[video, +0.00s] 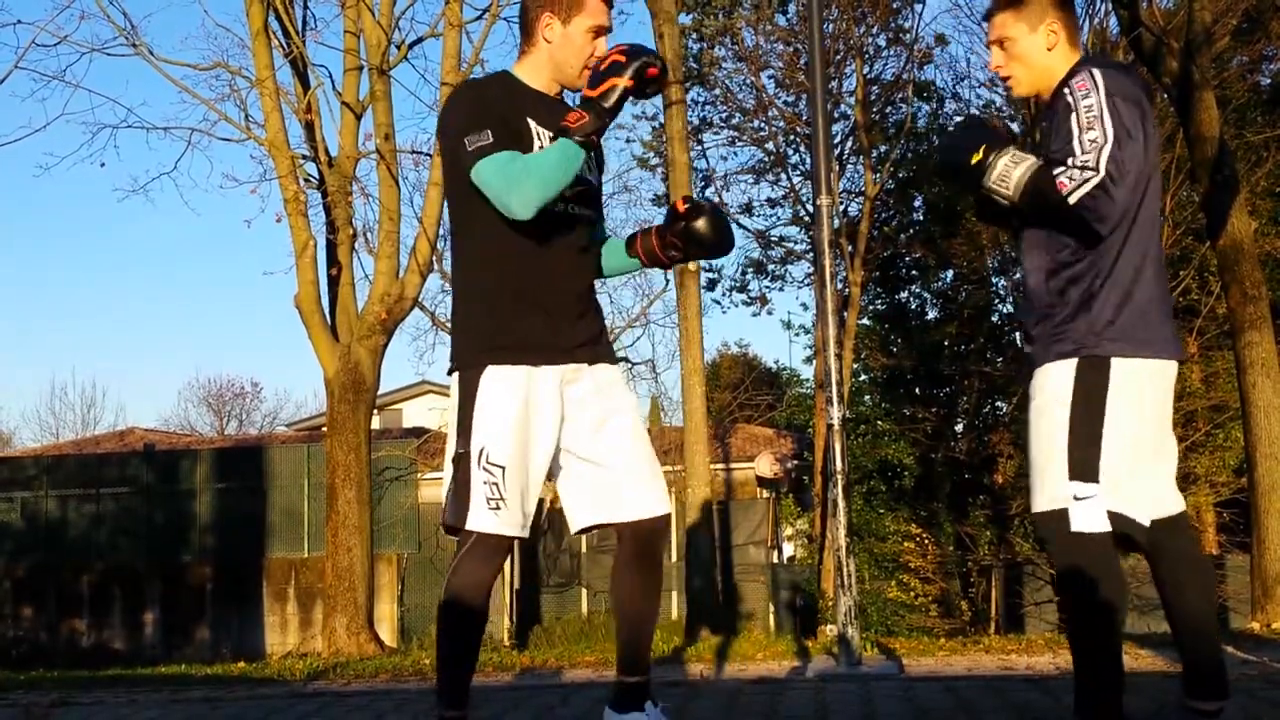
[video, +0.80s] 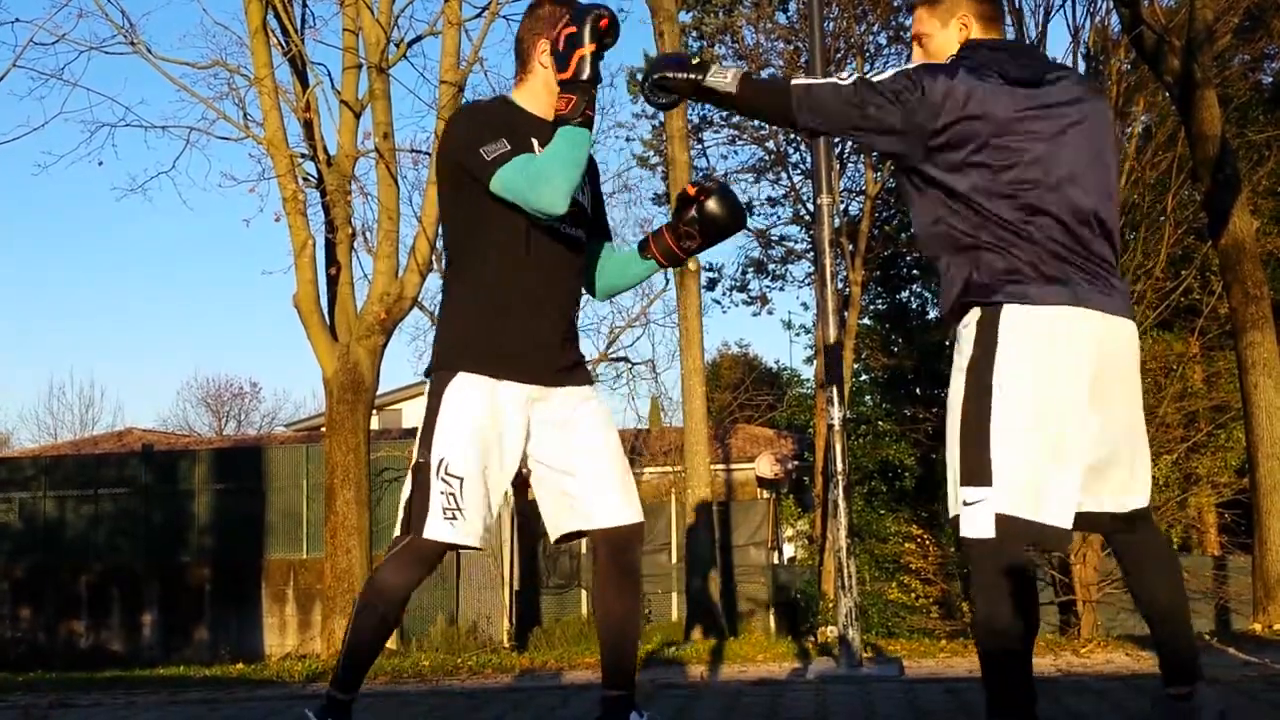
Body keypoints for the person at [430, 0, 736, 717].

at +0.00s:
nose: (604, 44)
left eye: (606, 31)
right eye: (595, 28)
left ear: (561, 30)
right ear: (548, 26)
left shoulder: (578, 123)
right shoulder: (476, 100)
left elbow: (578, 256)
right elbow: (516, 195)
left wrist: (648, 246)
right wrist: (591, 121)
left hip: (586, 354)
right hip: (504, 354)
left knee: (645, 516)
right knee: (491, 532)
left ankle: (631, 700)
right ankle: (451, 712)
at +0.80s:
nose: (586, 67)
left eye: (589, 55)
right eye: (576, 51)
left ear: (570, 63)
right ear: (540, 52)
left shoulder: (577, 161)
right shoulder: (474, 124)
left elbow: (595, 277)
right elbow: (547, 193)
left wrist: (667, 245)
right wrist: (581, 101)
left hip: (561, 376)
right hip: (478, 371)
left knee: (618, 529)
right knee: (429, 539)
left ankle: (620, 707)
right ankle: (337, 700)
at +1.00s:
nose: (519, 83)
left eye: (524, 72)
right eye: (510, 67)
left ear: (508, 77)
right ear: (471, 66)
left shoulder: (506, 177)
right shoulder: (403, 134)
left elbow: (521, 296)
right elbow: (470, 205)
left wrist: (588, 264)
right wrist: (514, 121)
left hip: (488, 390)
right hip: (401, 386)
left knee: (557, 544)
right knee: (351, 558)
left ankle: (611, 708)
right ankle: (282, 711)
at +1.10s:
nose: (491, 89)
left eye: (496, 76)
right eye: (482, 69)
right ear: (442, 62)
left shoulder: (470, 171)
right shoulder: (374, 128)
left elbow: (468, 295)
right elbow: (442, 200)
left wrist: (536, 269)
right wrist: (491, 113)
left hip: (451, 383)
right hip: (368, 378)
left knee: (527, 529)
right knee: (329, 553)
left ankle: (531, 709)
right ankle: (277, 711)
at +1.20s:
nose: (474, 81)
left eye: (478, 67)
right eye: (465, 62)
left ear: (448, 60)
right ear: (427, 55)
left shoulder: (454, 161)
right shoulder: (353, 121)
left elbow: (446, 285)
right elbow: (418, 196)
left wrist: (518, 263)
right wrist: (462, 109)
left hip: (433, 377)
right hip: (349, 369)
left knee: (491, 524)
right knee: (318, 545)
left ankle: (421, 701)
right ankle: (272, 710)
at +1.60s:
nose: (427, 73)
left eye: (429, 62)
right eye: (416, 57)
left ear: (386, 60)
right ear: (369, 54)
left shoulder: (405, 164)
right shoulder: (298, 124)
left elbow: (414, 287)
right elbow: (320, 224)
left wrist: (481, 260)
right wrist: (409, 149)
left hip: (394, 380)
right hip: (309, 375)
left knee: (416, 542)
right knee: (282, 545)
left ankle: (384, 708)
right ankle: (231, 706)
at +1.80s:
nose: (418, 91)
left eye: (420, 76)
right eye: (409, 72)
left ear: (373, 71)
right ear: (362, 66)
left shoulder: (392, 175)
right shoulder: (282, 140)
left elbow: (385, 301)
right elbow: (237, 252)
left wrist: (456, 283)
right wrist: (351, 257)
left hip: (390, 385)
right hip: (304, 387)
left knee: (467, 520)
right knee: (273, 557)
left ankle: (435, 704)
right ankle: (230, 714)